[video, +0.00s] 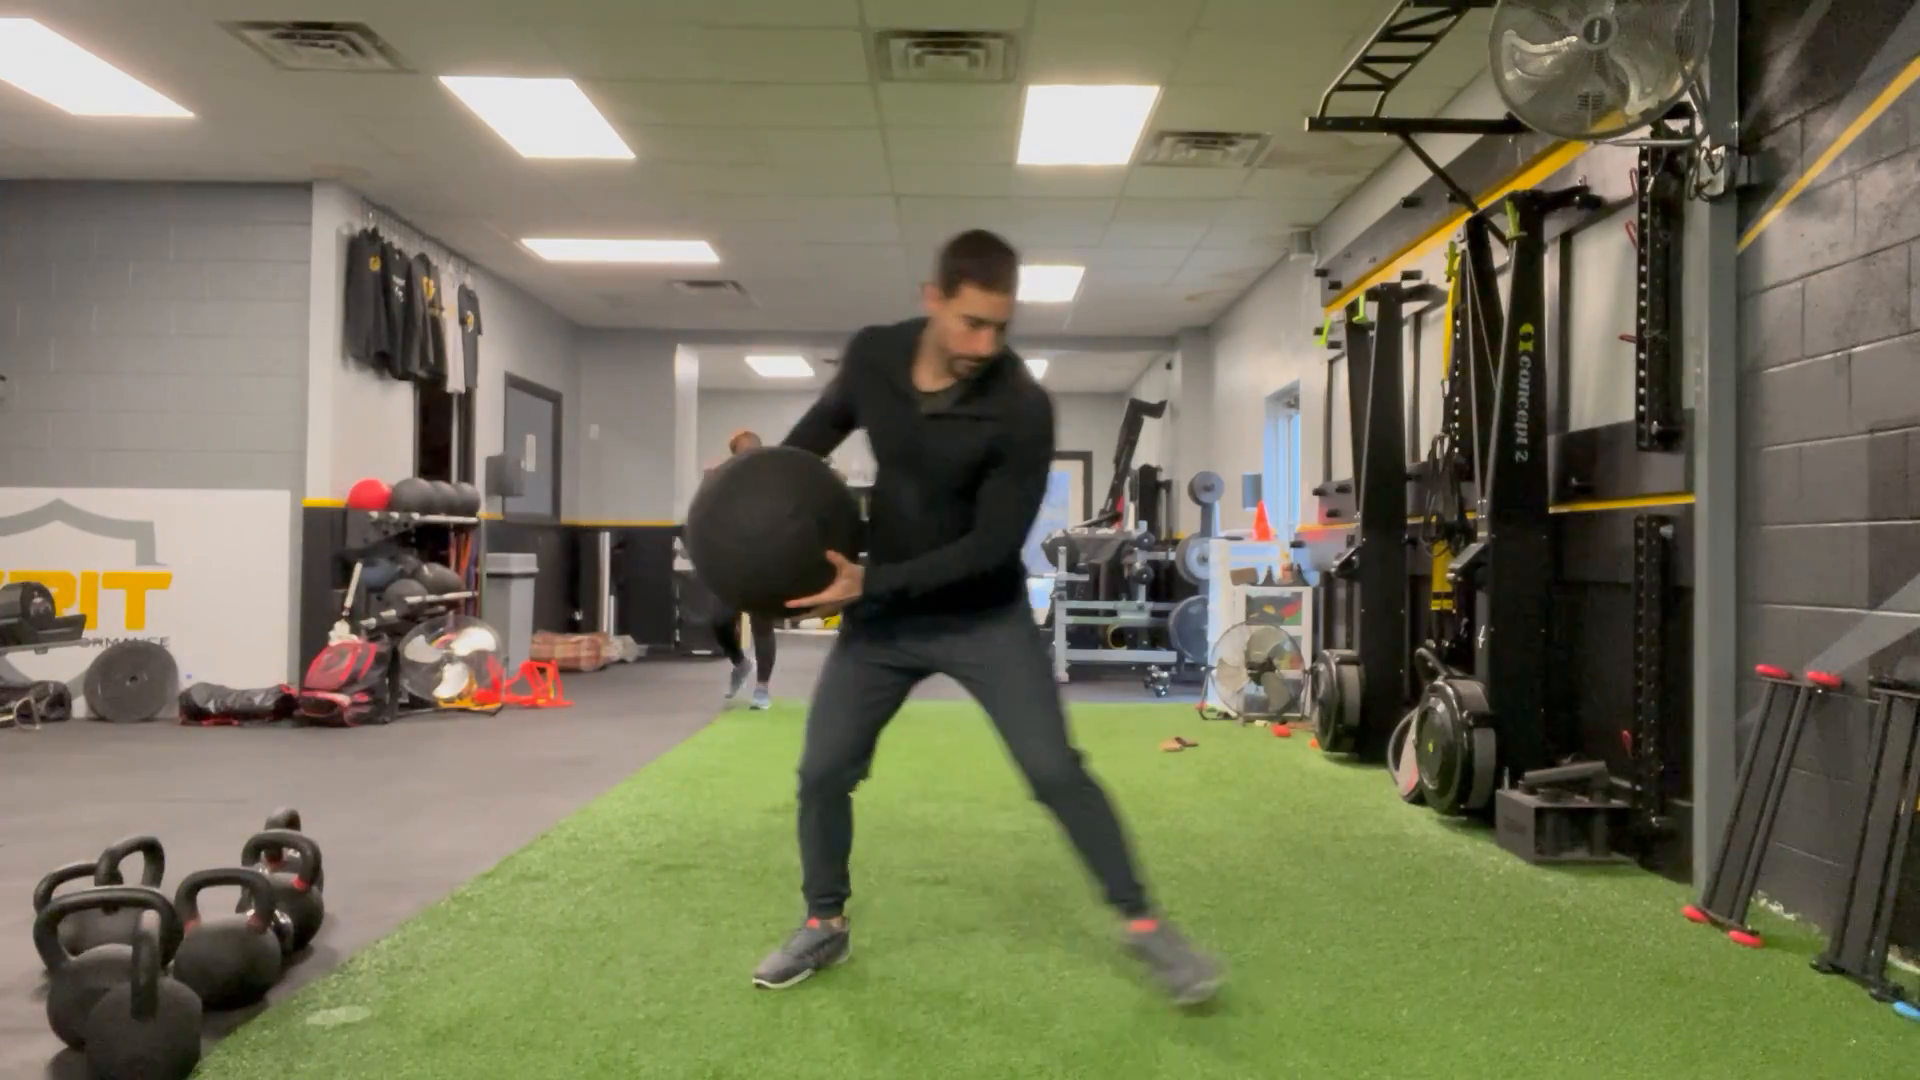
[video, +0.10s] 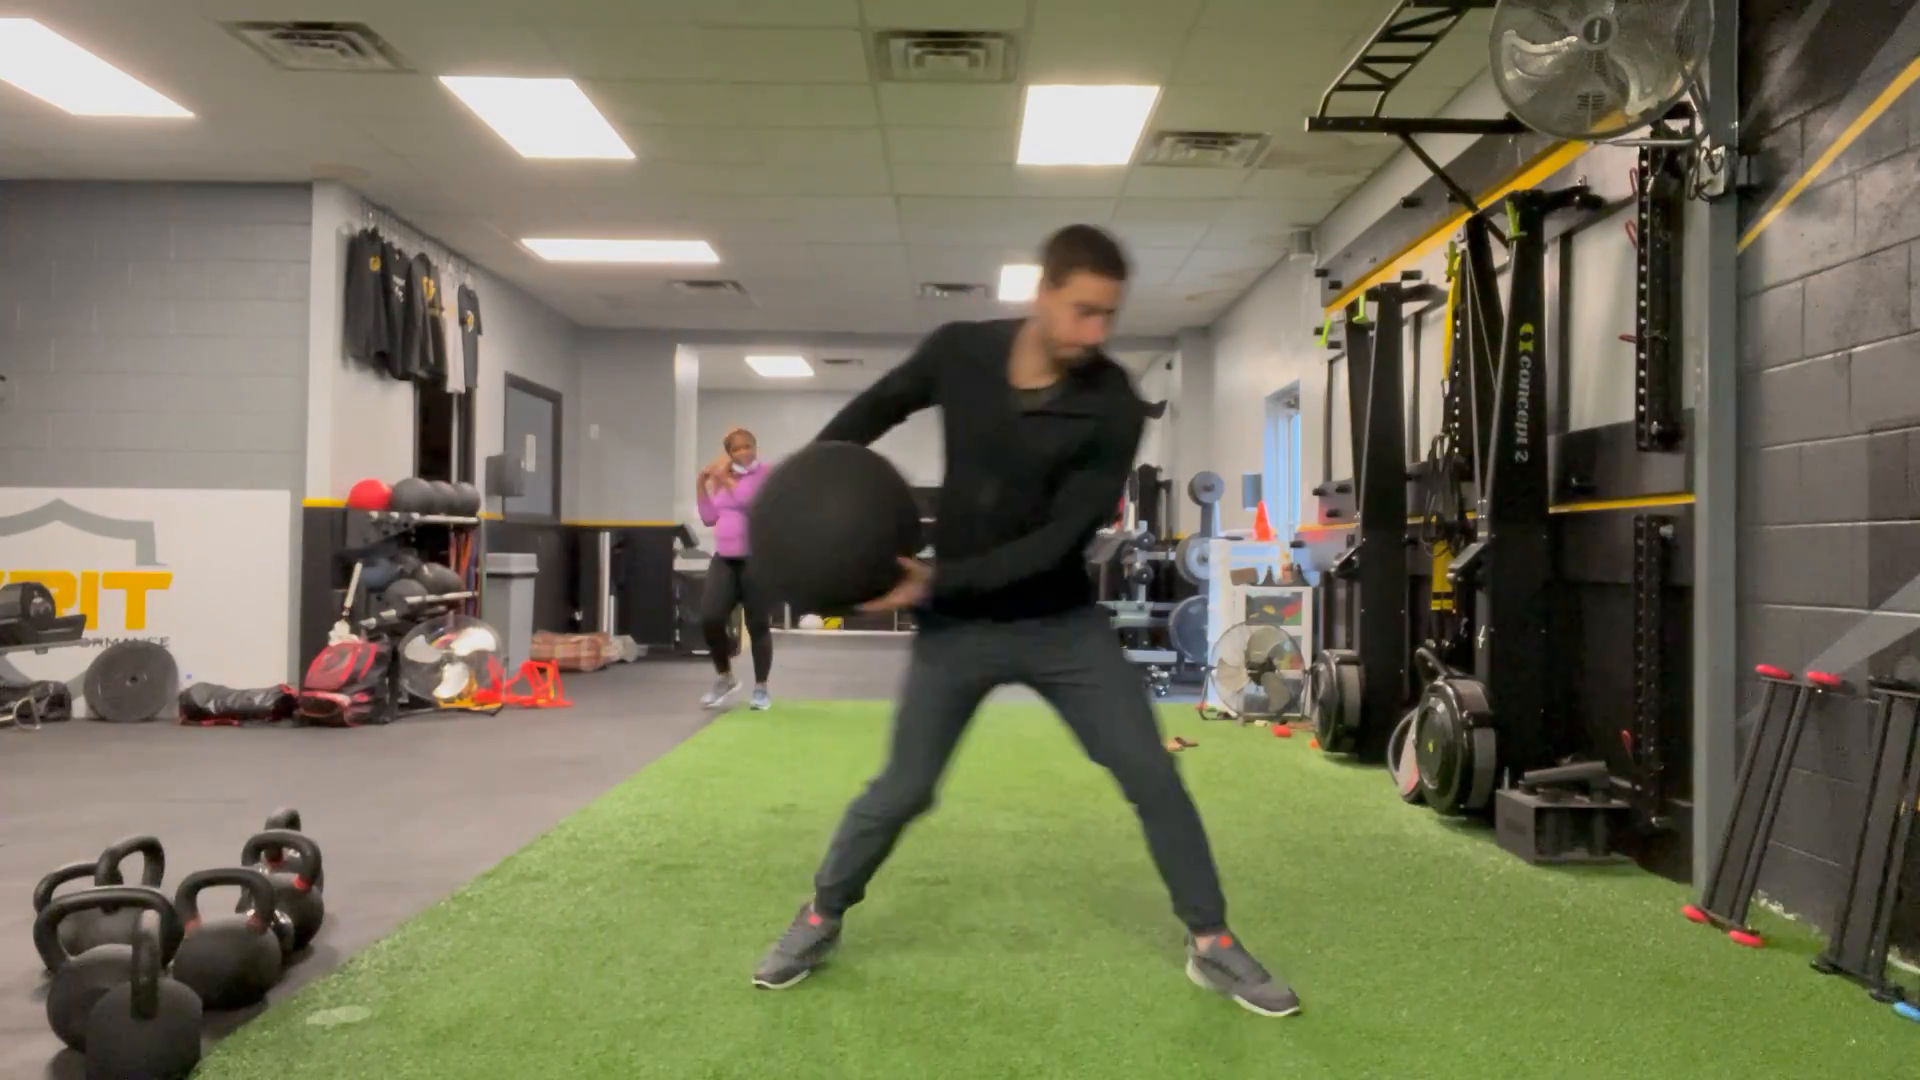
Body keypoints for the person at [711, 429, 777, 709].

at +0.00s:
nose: (748, 460)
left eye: (751, 454)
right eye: (742, 455)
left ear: (759, 454)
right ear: (734, 455)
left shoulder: (770, 480)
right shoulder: (723, 479)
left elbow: (787, 520)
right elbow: (704, 521)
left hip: (765, 562)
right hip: (731, 562)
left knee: (762, 625)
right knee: (720, 622)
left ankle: (763, 686)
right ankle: (741, 664)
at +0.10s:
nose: (743, 452)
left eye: (747, 447)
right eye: (737, 448)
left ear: (755, 448)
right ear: (729, 453)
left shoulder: (764, 473)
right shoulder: (722, 476)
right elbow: (709, 518)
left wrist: (724, 476)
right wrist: (701, 486)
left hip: (755, 557)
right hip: (725, 557)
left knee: (758, 624)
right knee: (710, 618)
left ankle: (761, 686)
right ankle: (725, 678)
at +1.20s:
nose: (664, 437)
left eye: (670, 431)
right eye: (657, 433)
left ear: (681, 433)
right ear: (649, 438)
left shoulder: (697, 462)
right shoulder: (642, 465)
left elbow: (672, 493)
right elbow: (629, 515)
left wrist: (644, 463)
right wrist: (623, 478)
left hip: (685, 555)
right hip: (644, 558)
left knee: (675, 629)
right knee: (627, 624)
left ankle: (680, 707)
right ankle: (650, 684)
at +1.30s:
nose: (655, 435)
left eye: (661, 429)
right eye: (649, 431)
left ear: (673, 431)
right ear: (642, 436)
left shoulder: (691, 460)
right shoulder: (637, 465)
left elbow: (663, 490)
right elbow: (626, 515)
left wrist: (637, 462)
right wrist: (619, 481)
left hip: (679, 555)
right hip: (637, 557)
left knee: (674, 629)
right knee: (622, 624)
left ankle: (679, 708)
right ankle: (629, 704)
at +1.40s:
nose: (646, 435)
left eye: (652, 429)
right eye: (639, 431)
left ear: (664, 431)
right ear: (632, 437)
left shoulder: (683, 460)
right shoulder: (628, 465)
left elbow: (653, 491)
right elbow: (617, 514)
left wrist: (629, 464)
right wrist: (609, 482)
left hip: (671, 556)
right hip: (629, 558)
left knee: (670, 634)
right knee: (620, 632)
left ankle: (678, 709)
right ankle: (603, 710)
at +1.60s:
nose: (624, 435)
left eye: (629, 429)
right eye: (616, 432)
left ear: (640, 431)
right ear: (606, 439)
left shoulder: (658, 461)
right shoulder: (599, 466)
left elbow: (632, 493)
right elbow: (585, 517)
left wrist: (602, 463)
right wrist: (579, 478)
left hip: (647, 560)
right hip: (602, 563)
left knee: (650, 637)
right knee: (599, 636)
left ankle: (673, 698)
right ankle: (597, 717)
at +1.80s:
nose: (604, 429)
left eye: (610, 422)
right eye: (597, 424)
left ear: (620, 425)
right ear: (586, 430)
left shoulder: (637, 455)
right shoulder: (573, 460)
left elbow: (616, 486)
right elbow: (558, 513)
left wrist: (582, 458)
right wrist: (555, 473)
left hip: (624, 555)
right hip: (579, 558)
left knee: (610, 628)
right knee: (586, 637)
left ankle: (629, 701)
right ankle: (595, 717)